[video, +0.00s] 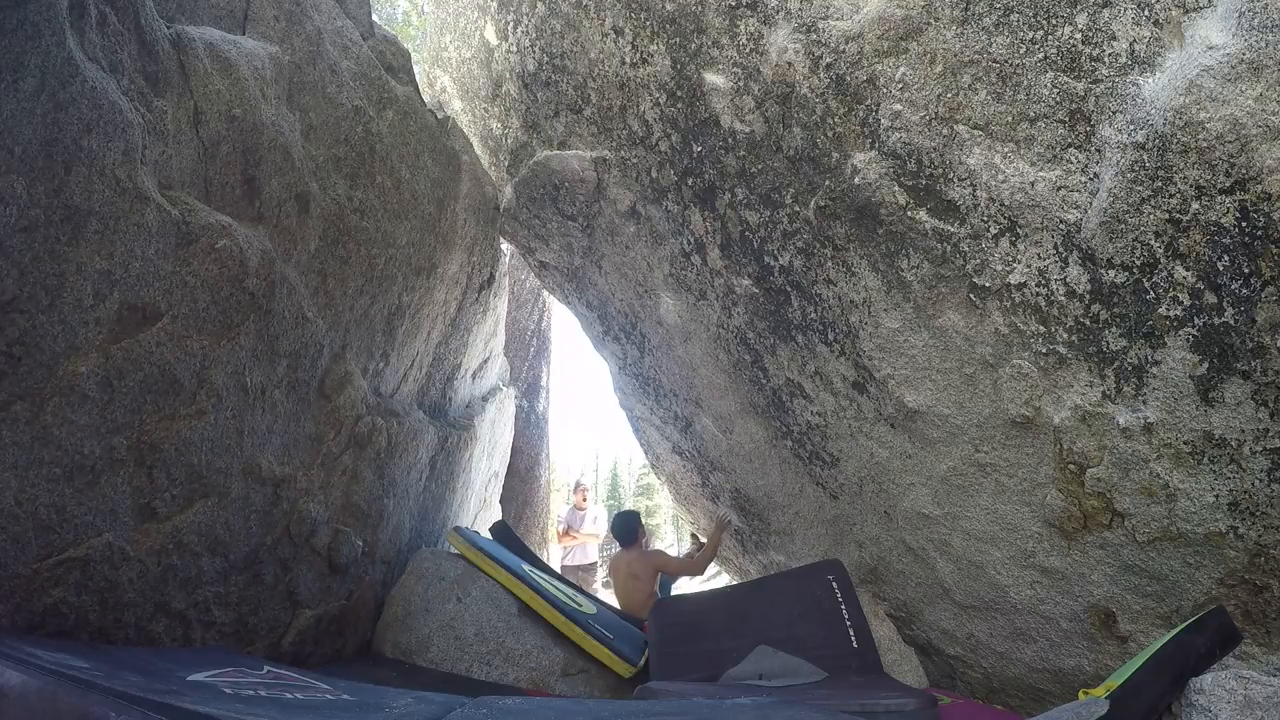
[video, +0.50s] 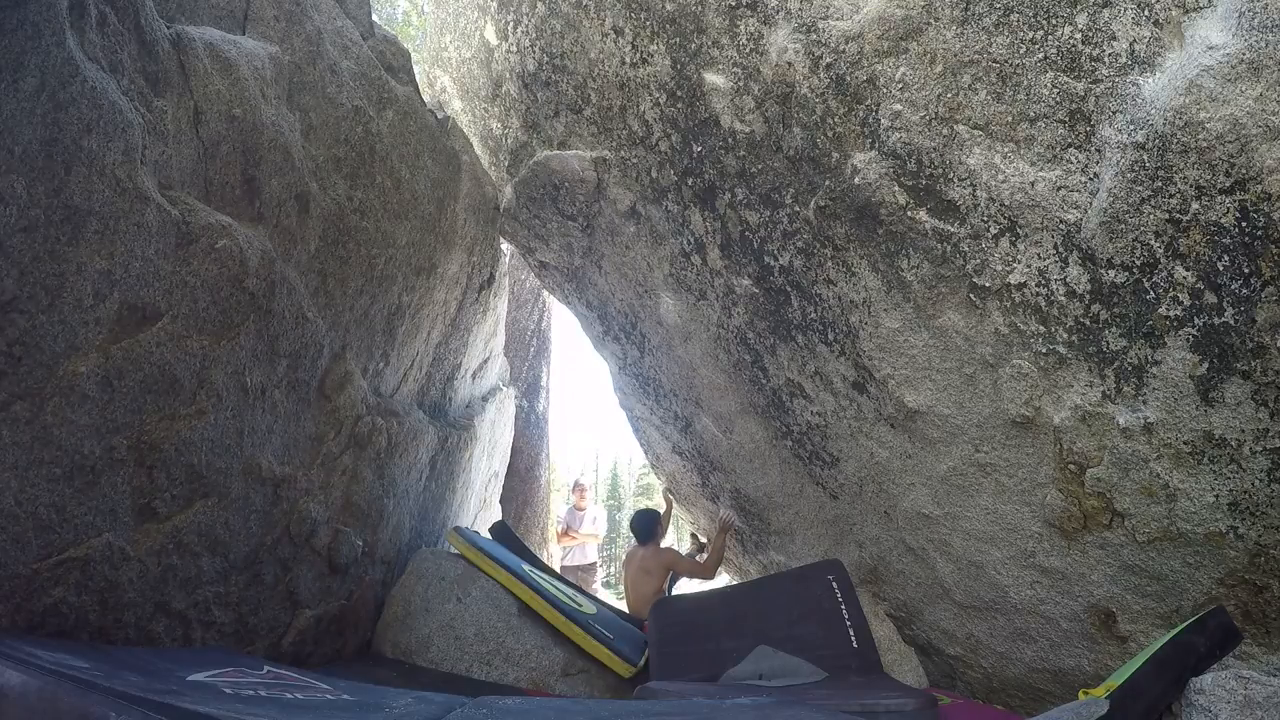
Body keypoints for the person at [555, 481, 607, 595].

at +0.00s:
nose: (585, 494)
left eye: (587, 490)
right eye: (581, 490)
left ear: (591, 493)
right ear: (574, 494)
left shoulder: (599, 512)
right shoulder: (564, 513)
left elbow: (599, 538)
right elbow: (561, 541)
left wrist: (573, 532)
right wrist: (587, 537)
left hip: (590, 564)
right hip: (569, 565)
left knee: (592, 604)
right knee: (569, 604)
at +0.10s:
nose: (585, 494)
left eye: (588, 490)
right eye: (581, 490)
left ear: (591, 493)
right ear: (574, 494)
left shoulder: (598, 512)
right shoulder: (564, 513)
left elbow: (599, 539)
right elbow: (561, 541)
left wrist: (573, 532)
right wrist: (587, 537)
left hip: (590, 565)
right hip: (569, 565)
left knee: (592, 604)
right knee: (568, 604)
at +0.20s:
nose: (584, 494)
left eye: (587, 490)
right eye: (581, 490)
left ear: (591, 493)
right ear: (573, 493)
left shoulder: (598, 512)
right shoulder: (564, 513)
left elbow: (599, 539)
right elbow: (561, 541)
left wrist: (572, 532)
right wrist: (586, 537)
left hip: (590, 565)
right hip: (567, 566)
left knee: (592, 605)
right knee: (568, 606)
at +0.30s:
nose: (584, 493)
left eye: (586, 490)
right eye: (580, 490)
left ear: (591, 493)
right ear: (573, 493)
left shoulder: (598, 512)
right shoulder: (564, 514)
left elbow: (599, 538)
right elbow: (561, 541)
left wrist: (572, 532)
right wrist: (586, 537)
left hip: (590, 565)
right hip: (568, 565)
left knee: (592, 605)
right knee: (568, 605)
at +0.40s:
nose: (583, 493)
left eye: (586, 490)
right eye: (579, 490)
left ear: (591, 493)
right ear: (573, 493)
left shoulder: (598, 512)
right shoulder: (564, 513)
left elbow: (599, 538)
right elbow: (561, 541)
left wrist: (572, 532)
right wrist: (586, 538)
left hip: (590, 565)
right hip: (568, 565)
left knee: (592, 604)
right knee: (569, 604)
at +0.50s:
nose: (582, 493)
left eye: (586, 490)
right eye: (579, 490)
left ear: (591, 492)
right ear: (573, 493)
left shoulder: (599, 513)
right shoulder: (564, 513)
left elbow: (599, 538)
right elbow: (561, 541)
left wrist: (572, 532)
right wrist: (586, 537)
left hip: (590, 565)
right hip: (568, 566)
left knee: (592, 604)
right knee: (568, 604)